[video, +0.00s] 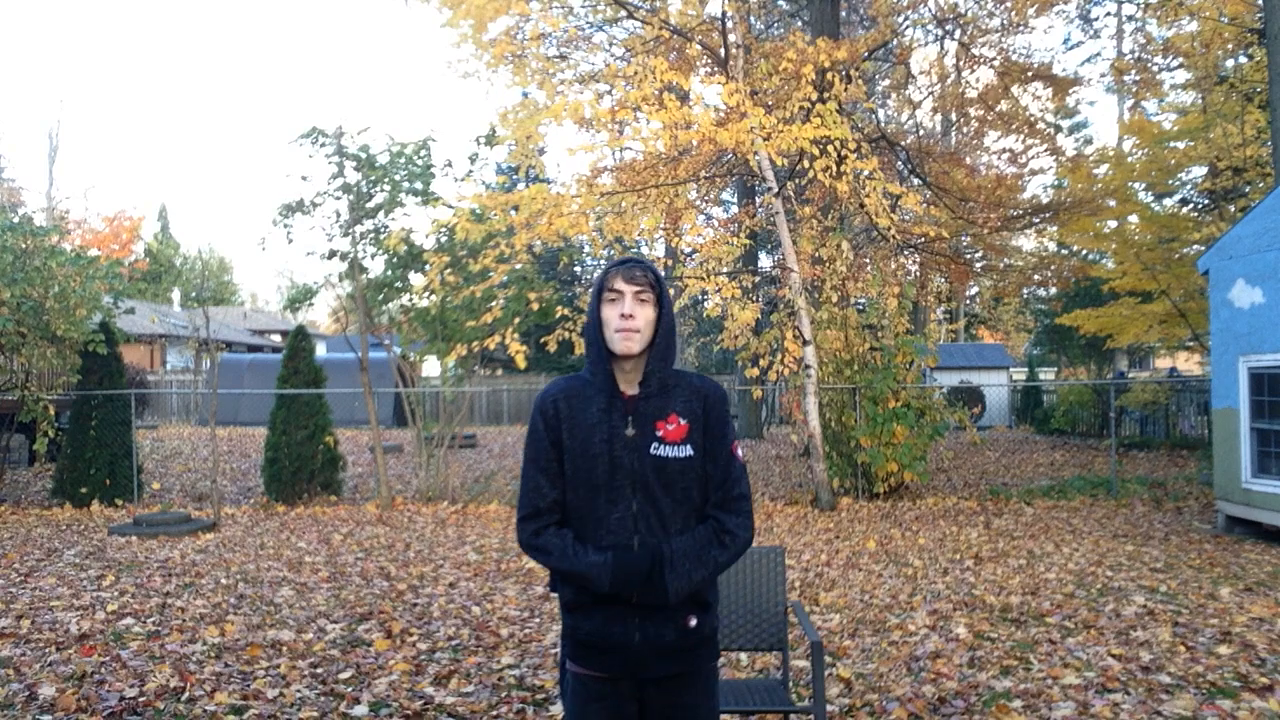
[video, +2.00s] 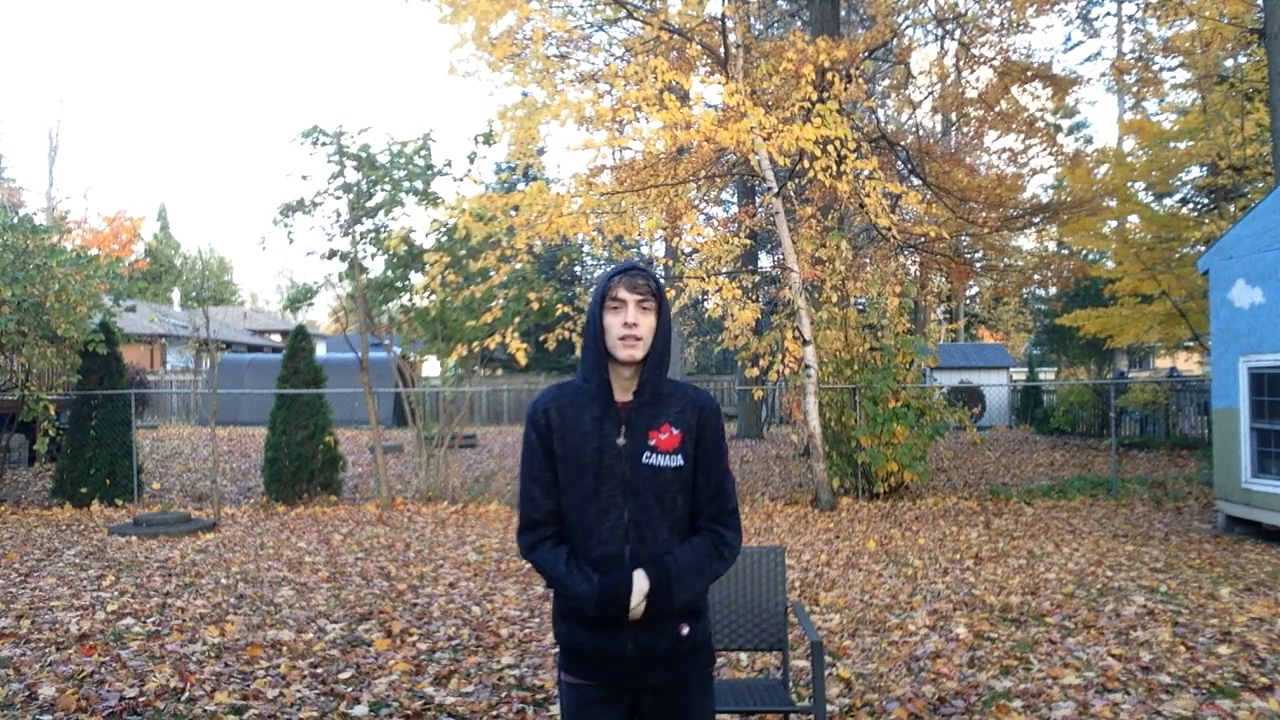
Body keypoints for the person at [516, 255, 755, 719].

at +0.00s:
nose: (626, 311)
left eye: (642, 299)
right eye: (613, 298)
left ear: (661, 316)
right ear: (596, 312)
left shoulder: (703, 399)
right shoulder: (559, 403)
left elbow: (735, 520)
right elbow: (534, 527)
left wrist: (669, 566)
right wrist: (608, 570)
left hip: (684, 645)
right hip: (594, 648)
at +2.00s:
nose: (630, 320)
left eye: (644, 308)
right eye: (616, 307)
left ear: (660, 322)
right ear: (597, 320)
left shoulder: (695, 409)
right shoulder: (553, 410)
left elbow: (723, 532)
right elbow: (536, 533)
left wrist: (654, 578)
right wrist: (601, 595)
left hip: (678, 653)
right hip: (589, 656)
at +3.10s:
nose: (607, 318)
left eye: (619, 300)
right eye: (594, 311)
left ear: (651, 307)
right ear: (587, 331)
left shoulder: (706, 401)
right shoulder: (567, 405)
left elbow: (711, 528)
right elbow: (552, 537)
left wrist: (739, 609)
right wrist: (526, 634)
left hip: (677, 642)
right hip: (589, 645)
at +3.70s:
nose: (629, 312)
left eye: (644, 302)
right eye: (616, 299)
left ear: (660, 320)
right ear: (596, 313)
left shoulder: (694, 398)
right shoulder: (555, 409)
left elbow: (715, 528)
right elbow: (553, 542)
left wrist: (657, 457)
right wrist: (615, 460)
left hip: (677, 636)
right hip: (587, 639)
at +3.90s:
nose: (615, 316)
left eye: (630, 306)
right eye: (602, 302)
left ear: (645, 324)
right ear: (580, 315)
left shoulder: (675, 402)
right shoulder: (535, 411)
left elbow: (698, 529)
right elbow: (524, 547)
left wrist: (638, 460)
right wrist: (593, 469)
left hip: (661, 639)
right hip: (573, 644)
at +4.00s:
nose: (608, 323)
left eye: (623, 313)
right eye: (595, 308)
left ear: (636, 330)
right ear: (572, 319)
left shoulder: (667, 406)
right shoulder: (526, 417)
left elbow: (696, 529)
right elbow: (511, 549)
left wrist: (636, 461)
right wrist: (582, 481)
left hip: (653, 641)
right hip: (565, 646)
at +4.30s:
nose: (612, 326)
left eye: (623, 315)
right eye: (597, 309)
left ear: (631, 329)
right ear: (564, 318)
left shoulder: (661, 395)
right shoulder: (523, 411)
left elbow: (715, 503)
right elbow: (507, 539)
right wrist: (483, 642)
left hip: (653, 644)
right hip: (565, 650)